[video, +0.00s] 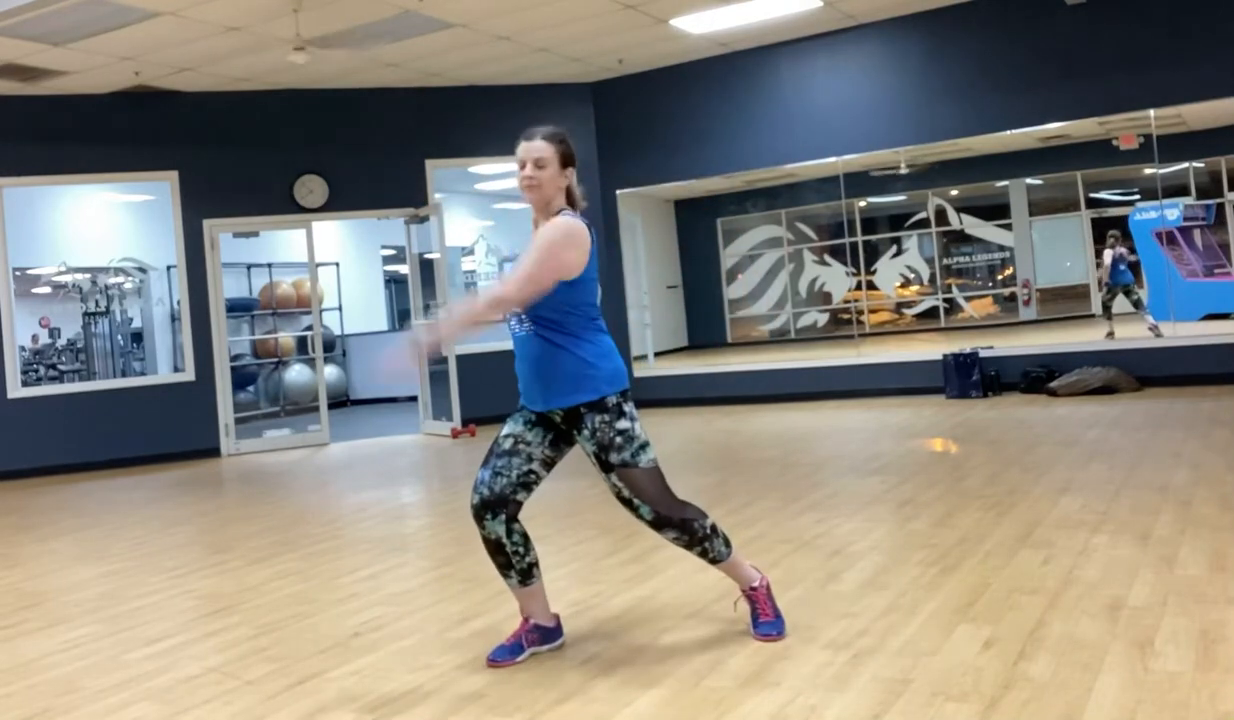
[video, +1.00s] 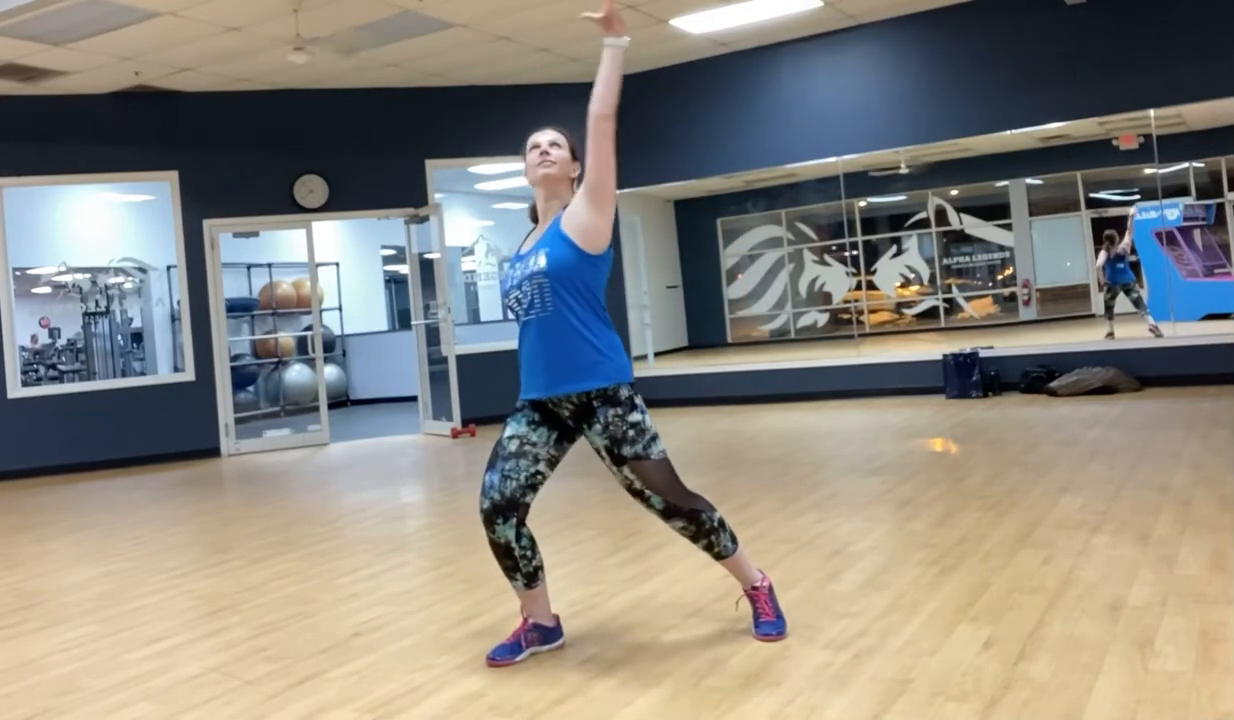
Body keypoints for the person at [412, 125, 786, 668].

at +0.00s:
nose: (526, 174)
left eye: (538, 165)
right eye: (521, 166)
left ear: (566, 174)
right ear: (517, 175)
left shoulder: (567, 231)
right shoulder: (542, 234)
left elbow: (507, 297)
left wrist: (441, 331)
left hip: (597, 398)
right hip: (544, 405)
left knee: (657, 508)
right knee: (491, 502)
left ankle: (753, 581)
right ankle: (540, 620)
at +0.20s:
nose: (528, 163)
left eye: (542, 156)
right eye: (524, 155)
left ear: (570, 174)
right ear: (521, 165)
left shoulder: (557, 220)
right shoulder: (551, 228)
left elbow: (459, 207)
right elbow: (599, 293)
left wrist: (385, 195)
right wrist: (570, 342)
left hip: (593, 396)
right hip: (542, 402)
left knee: (654, 511)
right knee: (495, 502)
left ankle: (750, 580)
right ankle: (538, 622)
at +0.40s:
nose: (528, 155)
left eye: (542, 150)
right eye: (527, 149)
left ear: (569, 172)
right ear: (535, 171)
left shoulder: (564, 213)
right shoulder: (551, 226)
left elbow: (491, 143)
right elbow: (595, 291)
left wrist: (444, 83)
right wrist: (571, 340)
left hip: (594, 398)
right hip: (542, 404)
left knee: (653, 506)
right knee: (495, 505)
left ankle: (751, 581)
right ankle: (540, 621)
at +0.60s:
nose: (531, 153)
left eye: (541, 144)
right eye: (528, 145)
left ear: (565, 161)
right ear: (528, 167)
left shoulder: (573, 212)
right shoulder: (537, 226)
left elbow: (540, 121)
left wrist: (509, 44)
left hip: (595, 398)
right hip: (538, 405)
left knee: (658, 507)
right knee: (496, 506)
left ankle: (752, 581)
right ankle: (539, 620)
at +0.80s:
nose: (540, 152)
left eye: (552, 146)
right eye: (531, 149)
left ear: (574, 164)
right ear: (524, 172)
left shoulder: (583, 216)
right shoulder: (531, 239)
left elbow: (577, 118)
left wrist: (571, 33)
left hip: (601, 398)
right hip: (539, 405)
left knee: (662, 503)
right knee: (498, 507)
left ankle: (753, 583)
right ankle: (540, 621)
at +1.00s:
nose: (543, 151)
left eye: (553, 146)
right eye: (533, 149)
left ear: (574, 163)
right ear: (525, 173)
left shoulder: (589, 214)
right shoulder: (528, 241)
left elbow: (602, 117)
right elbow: (538, 319)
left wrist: (614, 38)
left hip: (604, 396)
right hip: (540, 404)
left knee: (669, 502)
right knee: (498, 506)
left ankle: (755, 585)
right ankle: (540, 621)